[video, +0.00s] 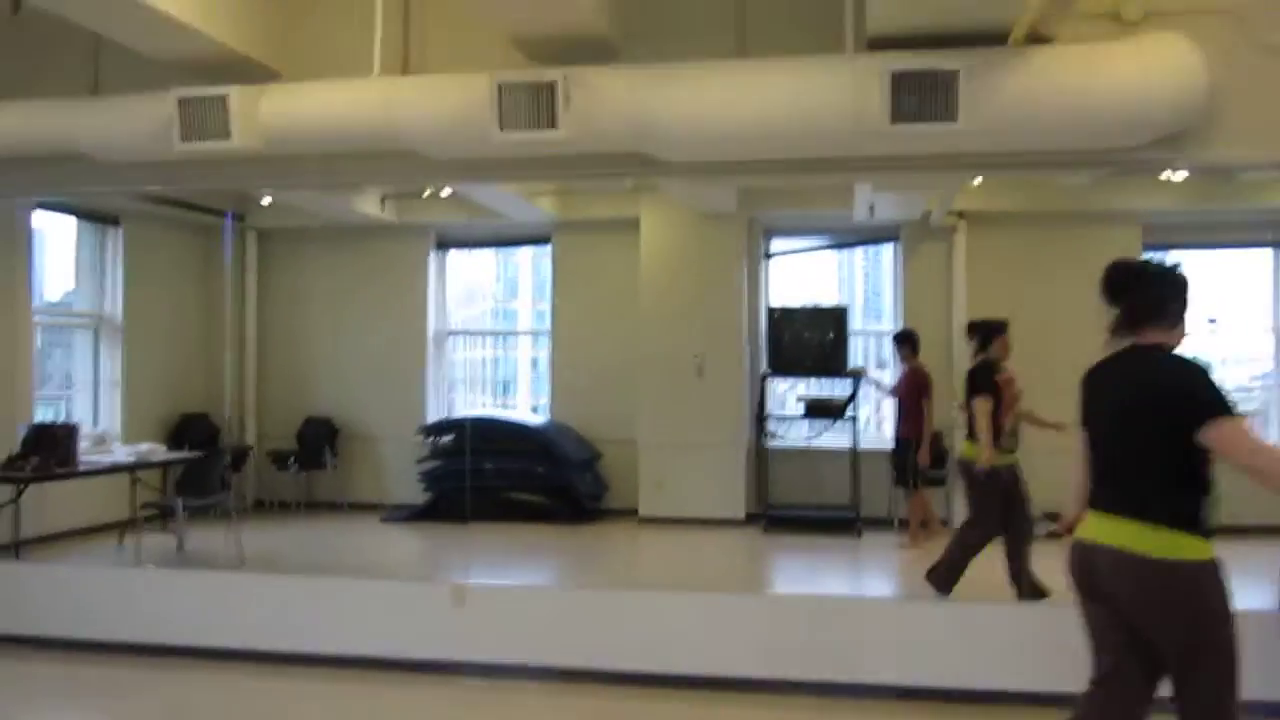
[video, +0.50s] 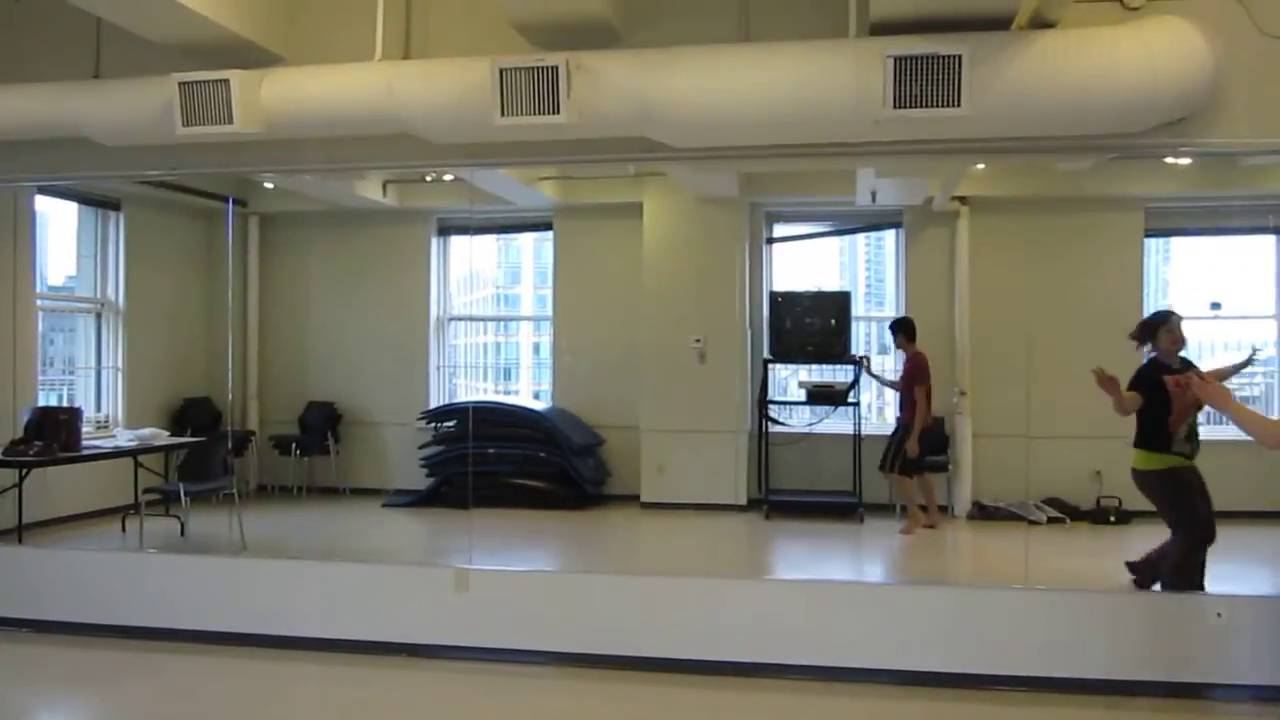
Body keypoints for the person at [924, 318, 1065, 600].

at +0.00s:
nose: (1008, 345)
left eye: (1007, 340)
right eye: (1004, 340)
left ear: (992, 342)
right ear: (993, 342)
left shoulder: (1000, 373)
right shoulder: (982, 372)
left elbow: (1015, 410)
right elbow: (982, 411)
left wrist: (1048, 424)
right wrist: (986, 450)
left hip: (1004, 461)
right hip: (982, 460)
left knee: (1018, 522)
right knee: (987, 520)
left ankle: (1024, 583)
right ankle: (942, 574)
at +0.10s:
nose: (1058, 341)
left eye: (1059, 336)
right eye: (1052, 336)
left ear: (1057, 337)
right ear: (1037, 339)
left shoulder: (1052, 371)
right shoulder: (1027, 374)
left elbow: (1058, 419)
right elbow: (1030, 425)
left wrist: (1077, 450)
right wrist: (1038, 466)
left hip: (1057, 460)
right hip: (1032, 462)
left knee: (1067, 524)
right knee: (1051, 527)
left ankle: (1060, 585)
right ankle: (999, 560)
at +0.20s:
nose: (1076, 336)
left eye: (1078, 330)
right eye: (1069, 331)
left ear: (1080, 334)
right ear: (1054, 334)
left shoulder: (1078, 367)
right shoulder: (1044, 372)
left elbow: (1081, 415)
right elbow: (1043, 419)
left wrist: (1085, 458)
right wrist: (1047, 460)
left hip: (1075, 458)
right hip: (1056, 462)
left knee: (1065, 522)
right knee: (1092, 519)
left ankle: (1042, 580)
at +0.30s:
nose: (1106, 319)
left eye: (1109, 314)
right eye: (1098, 314)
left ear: (1113, 318)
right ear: (1083, 320)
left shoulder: (1117, 351)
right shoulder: (1073, 357)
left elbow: (1126, 397)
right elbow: (1065, 400)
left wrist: (1149, 426)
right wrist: (1060, 426)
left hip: (1110, 446)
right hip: (1086, 447)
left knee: (1086, 511)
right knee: (1121, 512)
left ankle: (1048, 566)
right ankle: (1131, 579)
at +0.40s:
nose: (1138, 329)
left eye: (1141, 323)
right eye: (1131, 325)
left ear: (1145, 326)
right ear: (1115, 331)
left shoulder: (1152, 357)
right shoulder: (1110, 363)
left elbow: (1174, 383)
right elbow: (1091, 405)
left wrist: (1204, 393)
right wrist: (1075, 401)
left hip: (1147, 454)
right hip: (1124, 455)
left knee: (1137, 521)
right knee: (1154, 523)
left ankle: (1080, 566)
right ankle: (1164, 585)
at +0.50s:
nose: (1178, 335)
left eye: (1179, 329)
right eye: (1170, 331)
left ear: (1181, 333)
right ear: (1153, 339)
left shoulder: (1187, 369)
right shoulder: (1149, 372)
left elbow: (1208, 380)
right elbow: (1126, 409)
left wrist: (1242, 365)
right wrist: (1116, 395)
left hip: (1182, 465)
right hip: (1154, 467)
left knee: (1202, 530)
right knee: (1192, 531)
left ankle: (1147, 569)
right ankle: (1182, 600)